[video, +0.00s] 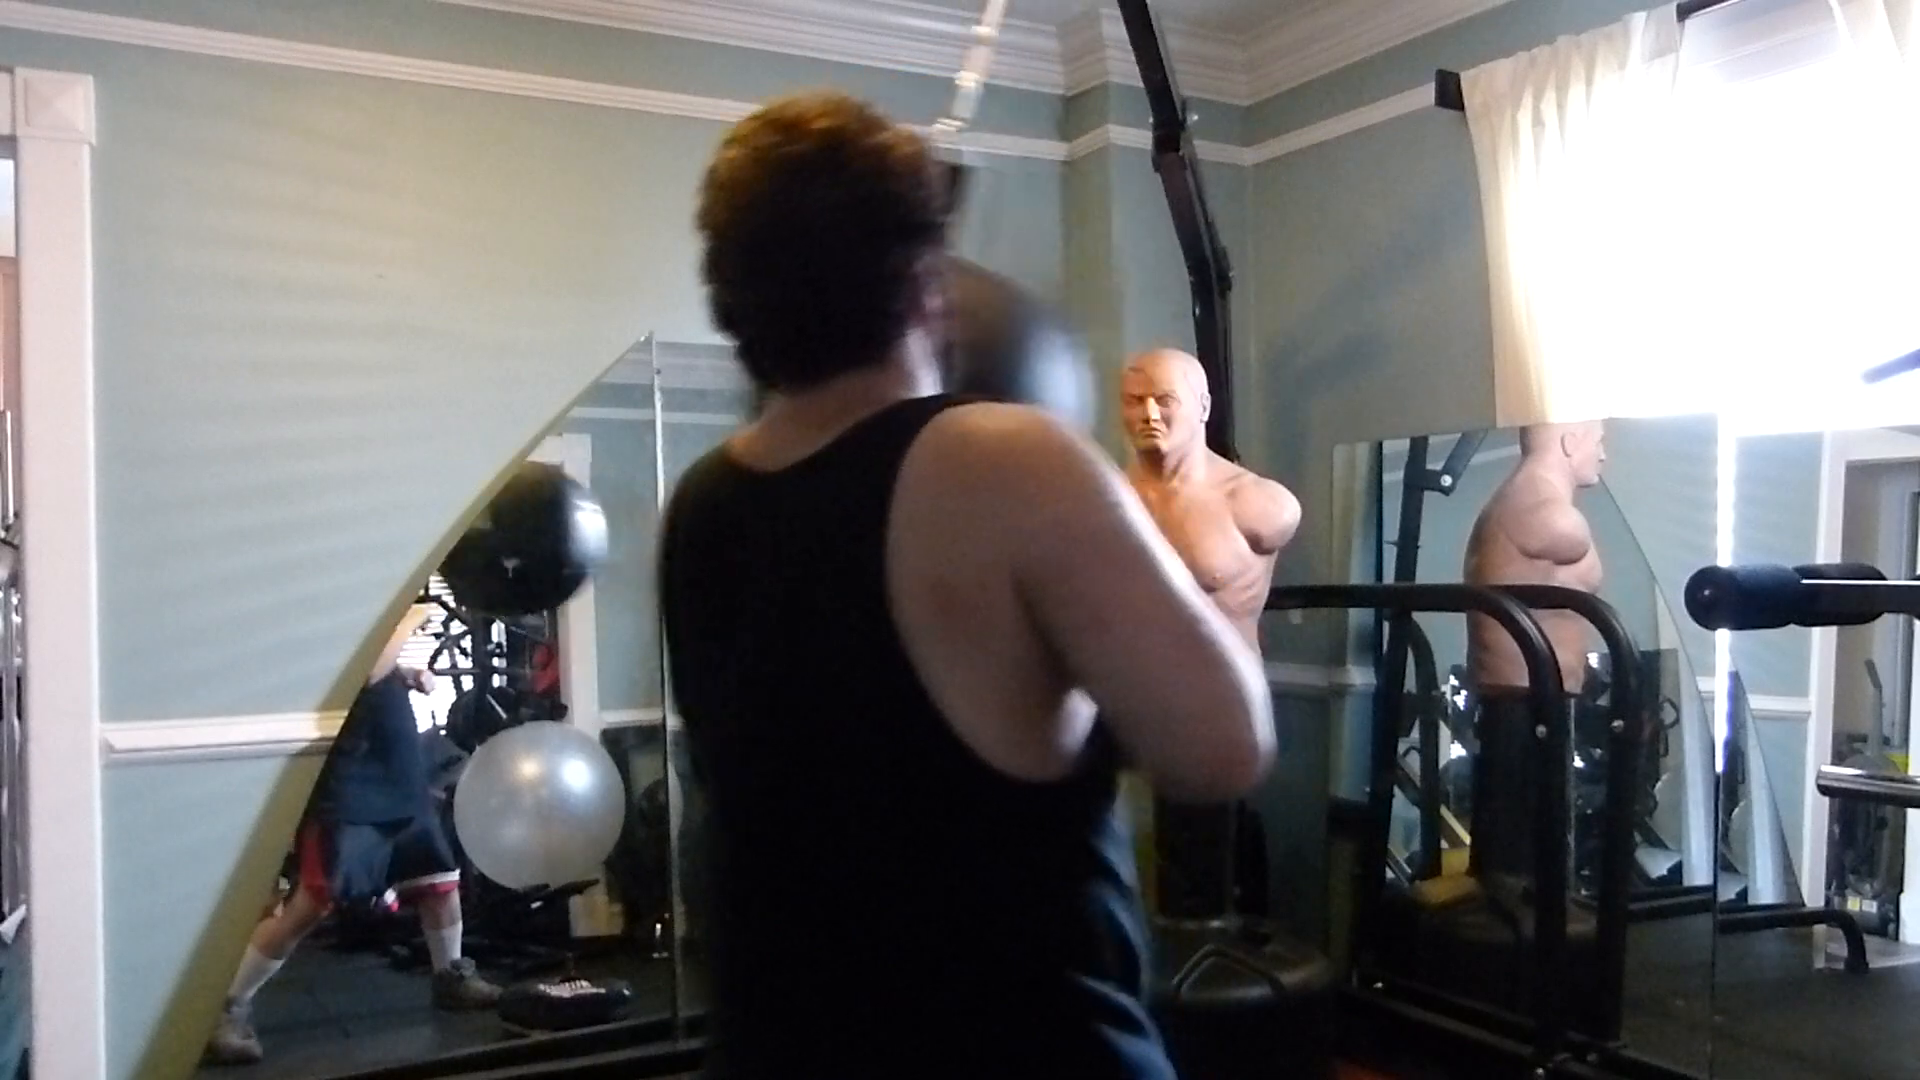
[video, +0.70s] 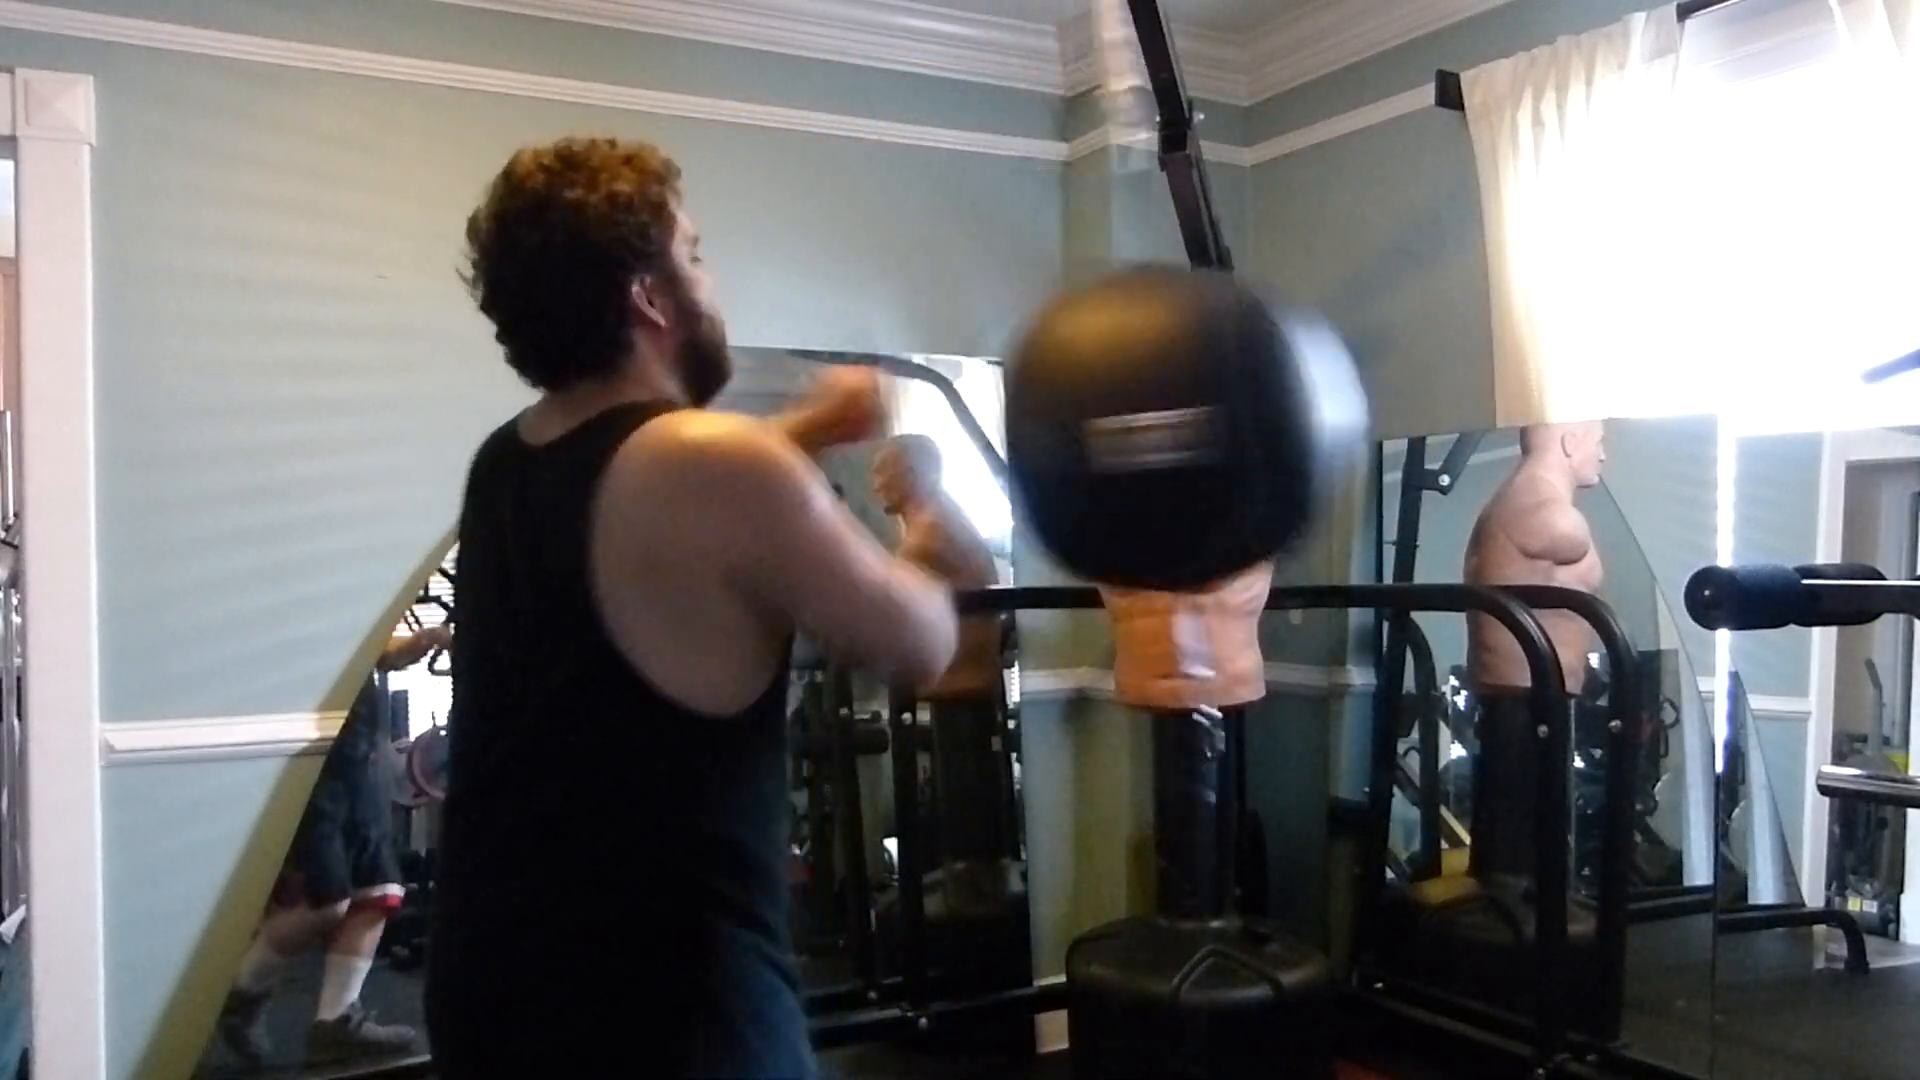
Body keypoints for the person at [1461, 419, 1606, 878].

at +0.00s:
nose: (1604, 455)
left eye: (1603, 440)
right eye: (1598, 438)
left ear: (1558, 440)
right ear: (1567, 440)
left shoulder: (1512, 499)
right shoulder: (1539, 498)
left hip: (1510, 696)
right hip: (1530, 700)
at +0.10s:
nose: (1603, 454)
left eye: (1603, 440)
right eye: (1598, 438)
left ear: (1557, 440)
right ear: (1567, 440)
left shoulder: (1511, 499)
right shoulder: (1539, 499)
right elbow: (1592, 573)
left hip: (1509, 691)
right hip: (1530, 695)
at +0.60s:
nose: (1603, 455)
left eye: (1602, 441)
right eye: (1598, 439)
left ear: (1556, 440)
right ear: (1567, 441)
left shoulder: (1511, 499)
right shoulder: (1541, 502)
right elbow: (1595, 574)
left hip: (1508, 694)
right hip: (1530, 698)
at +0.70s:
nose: (1603, 455)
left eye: (1602, 441)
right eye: (1598, 439)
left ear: (1554, 440)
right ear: (1567, 441)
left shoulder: (1510, 500)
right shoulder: (1540, 502)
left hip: (1509, 697)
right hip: (1530, 701)